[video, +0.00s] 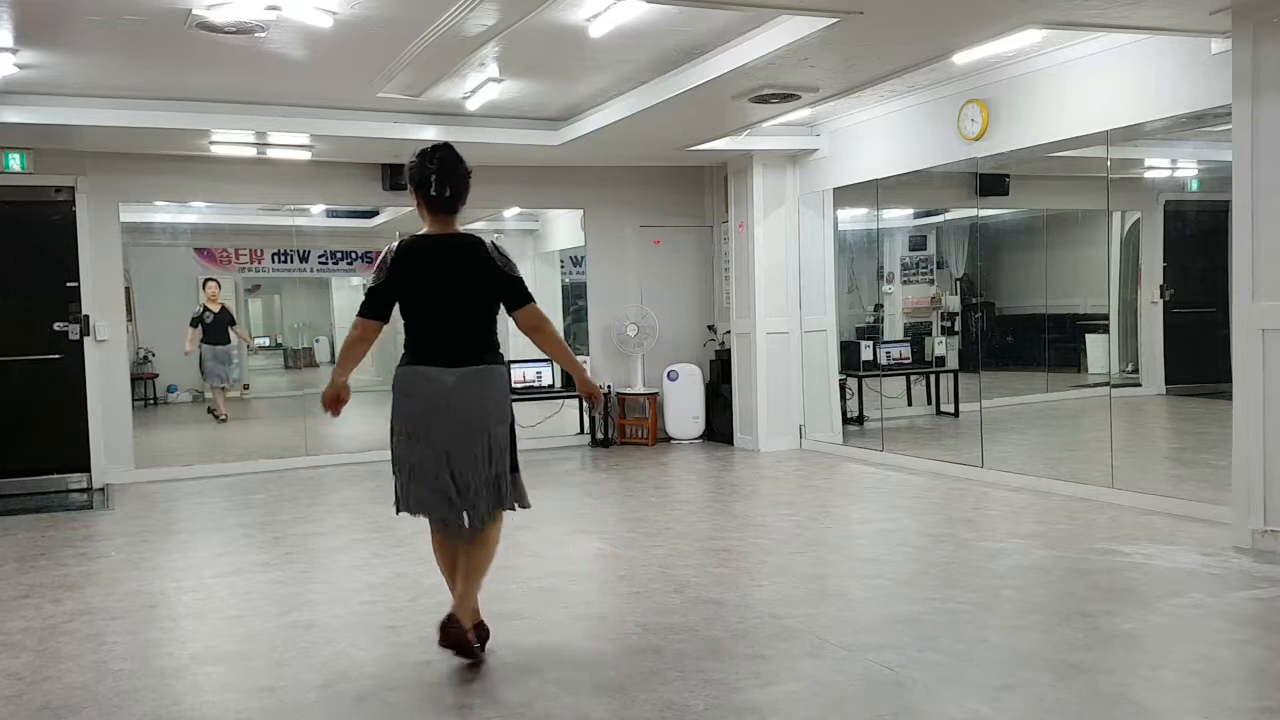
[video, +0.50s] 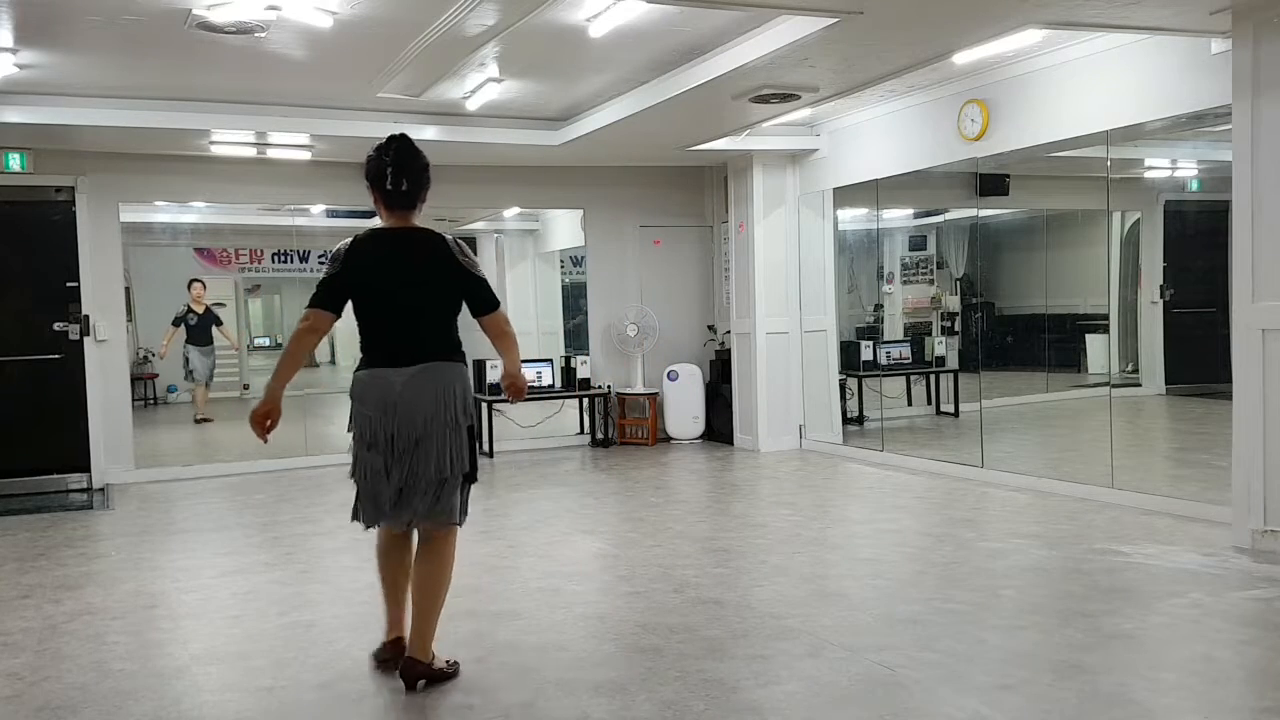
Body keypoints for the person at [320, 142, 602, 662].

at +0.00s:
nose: (426, 200)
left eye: (417, 193)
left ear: (416, 198)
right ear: (465, 195)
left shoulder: (400, 257)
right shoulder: (488, 254)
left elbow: (366, 328)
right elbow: (531, 320)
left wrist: (339, 377)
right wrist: (577, 370)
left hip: (419, 390)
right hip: (484, 389)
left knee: (442, 508)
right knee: (489, 503)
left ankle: (470, 621)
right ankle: (461, 611)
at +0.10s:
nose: (416, 201)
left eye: (410, 194)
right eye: (436, 192)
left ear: (408, 199)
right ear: (458, 196)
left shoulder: (391, 258)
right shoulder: (481, 255)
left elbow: (357, 333)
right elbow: (525, 323)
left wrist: (323, 390)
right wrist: (570, 374)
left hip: (409, 392)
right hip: (471, 391)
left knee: (439, 510)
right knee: (474, 510)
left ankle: (470, 621)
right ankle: (434, 626)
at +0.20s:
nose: (405, 201)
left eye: (400, 194)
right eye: (436, 191)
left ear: (399, 199)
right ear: (450, 196)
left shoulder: (382, 258)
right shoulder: (474, 254)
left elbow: (348, 332)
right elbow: (517, 323)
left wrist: (312, 394)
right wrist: (555, 373)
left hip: (401, 393)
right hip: (462, 392)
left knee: (442, 511)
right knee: (453, 517)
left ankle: (469, 621)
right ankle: (424, 643)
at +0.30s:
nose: (395, 200)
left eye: (392, 192)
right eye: (428, 189)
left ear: (391, 196)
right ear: (443, 193)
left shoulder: (374, 256)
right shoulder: (465, 251)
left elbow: (340, 327)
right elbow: (508, 320)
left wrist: (302, 394)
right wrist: (536, 369)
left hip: (391, 391)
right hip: (455, 391)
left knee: (434, 510)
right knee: (443, 522)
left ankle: (459, 618)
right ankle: (420, 655)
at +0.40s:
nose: (385, 196)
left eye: (382, 188)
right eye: (401, 187)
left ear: (382, 193)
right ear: (434, 191)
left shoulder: (365, 255)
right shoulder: (457, 250)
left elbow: (328, 327)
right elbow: (501, 319)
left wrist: (290, 392)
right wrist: (522, 364)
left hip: (381, 391)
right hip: (449, 389)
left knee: (411, 521)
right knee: (442, 525)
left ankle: (437, 629)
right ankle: (418, 656)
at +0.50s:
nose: (385, 195)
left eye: (376, 187)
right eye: (408, 186)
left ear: (373, 192)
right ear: (425, 190)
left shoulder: (354, 254)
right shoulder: (448, 249)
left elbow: (314, 326)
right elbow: (493, 319)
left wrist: (274, 391)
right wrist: (513, 367)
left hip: (375, 389)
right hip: (442, 385)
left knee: (392, 519)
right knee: (440, 522)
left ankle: (396, 636)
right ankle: (420, 655)